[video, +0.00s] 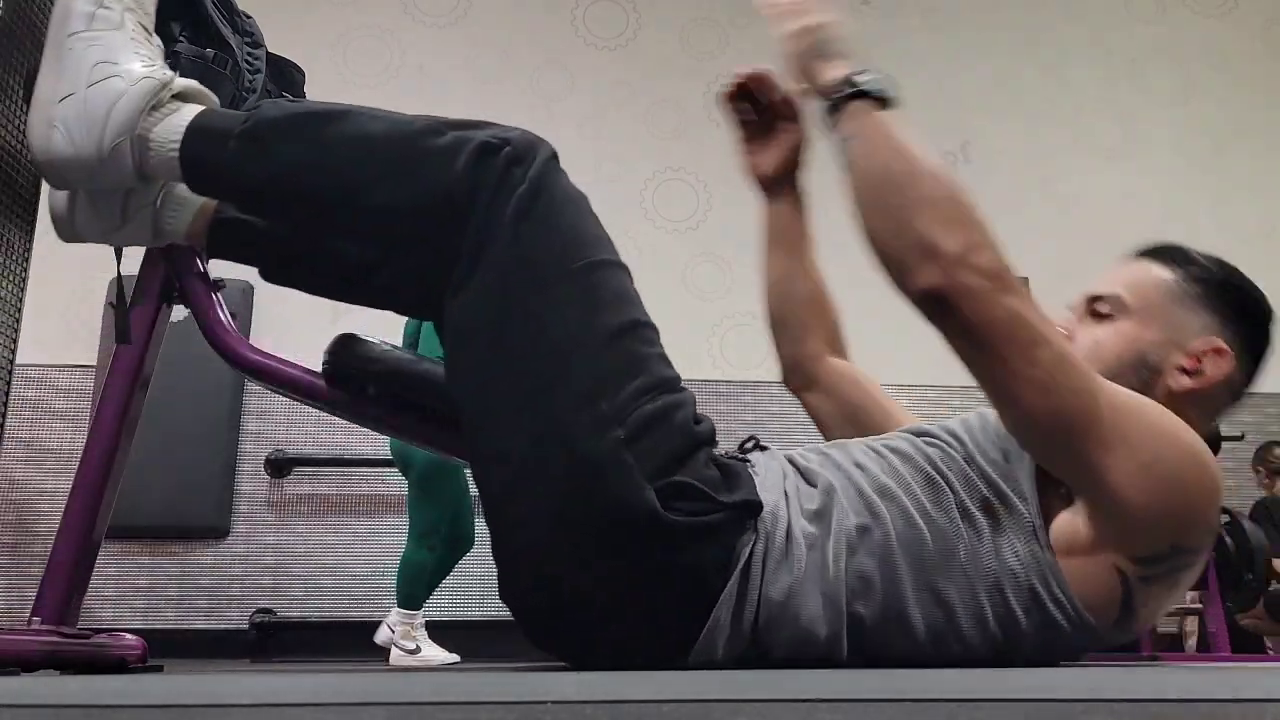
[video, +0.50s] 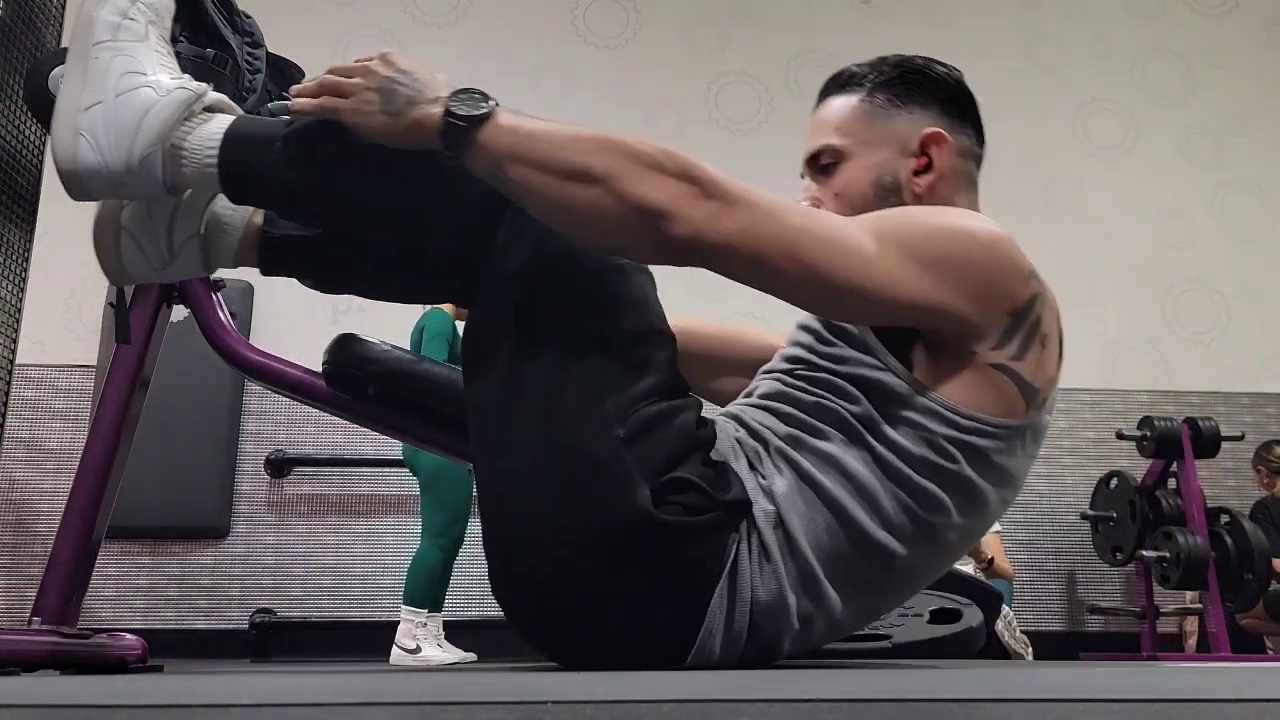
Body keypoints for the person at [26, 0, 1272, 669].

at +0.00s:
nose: (1067, 328)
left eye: (1111, 318)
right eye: (1081, 308)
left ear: (1204, 371)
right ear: (1157, 369)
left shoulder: (1173, 482)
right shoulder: (1028, 472)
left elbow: (968, 286)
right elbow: (827, 373)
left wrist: (849, 96)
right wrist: (780, 190)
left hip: (681, 562)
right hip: (664, 534)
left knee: (514, 187)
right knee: (508, 209)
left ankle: (144, 142)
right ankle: (176, 191)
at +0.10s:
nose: (992, 297)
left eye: (1032, 276)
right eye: (1003, 276)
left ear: (1135, 313)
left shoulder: (1137, 440)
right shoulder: (983, 456)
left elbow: (890, 282)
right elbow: (773, 348)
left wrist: (719, 120)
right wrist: (675, 187)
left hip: (689, 552)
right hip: (644, 559)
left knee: (514, 176)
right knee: (503, 217)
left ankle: (161, 130)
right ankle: (179, 210)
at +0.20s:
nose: (941, 269)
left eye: (974, 244)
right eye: (946, 247)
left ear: (1077, 270)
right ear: (979, 277)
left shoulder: (1103, 391)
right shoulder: (954, 421)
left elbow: (824, 272)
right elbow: (719, 336)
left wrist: (616, 129)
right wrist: (593, 166)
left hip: (698, 560)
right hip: (659, 553)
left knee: (521, 175)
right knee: (511, 205)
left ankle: (152, 120)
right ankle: (184, 215)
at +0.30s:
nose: (891, 240)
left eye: (920, 215)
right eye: (895, 218)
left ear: (1024, 226)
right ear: (949, 233)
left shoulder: (1062, 336)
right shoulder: (937, 393)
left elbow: (766, 250)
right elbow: (692, 342)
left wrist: (537, 128)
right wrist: (539, 169)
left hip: (688, 566)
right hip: (651, 563)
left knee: (522, 194)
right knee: (518, 206)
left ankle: (150, 119)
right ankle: (198, 224)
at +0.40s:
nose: (842, 216)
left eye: (871, 188)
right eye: (844, 195)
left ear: (974, 183)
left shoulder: (1020, 294)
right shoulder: (881, 357)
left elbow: (716, 229)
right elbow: (668, 338)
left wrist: (486, 125)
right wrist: (539, 175)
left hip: (691, 574)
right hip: (649, 577)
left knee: (550, 231)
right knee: (545, 240)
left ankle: (163, 121)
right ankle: (197, 228)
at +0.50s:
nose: (806, 202)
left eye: (830, 170)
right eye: (809, 178)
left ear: (930, 163)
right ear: (916, 172)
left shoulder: (987, 268)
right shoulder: (870, 335)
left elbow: (688, 215)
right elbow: (654, 338)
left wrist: (451, 115)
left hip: (672, 583)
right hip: (649, 566)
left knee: (553, 233)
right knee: (551, 231)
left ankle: (184, 135)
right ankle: (224, 228)